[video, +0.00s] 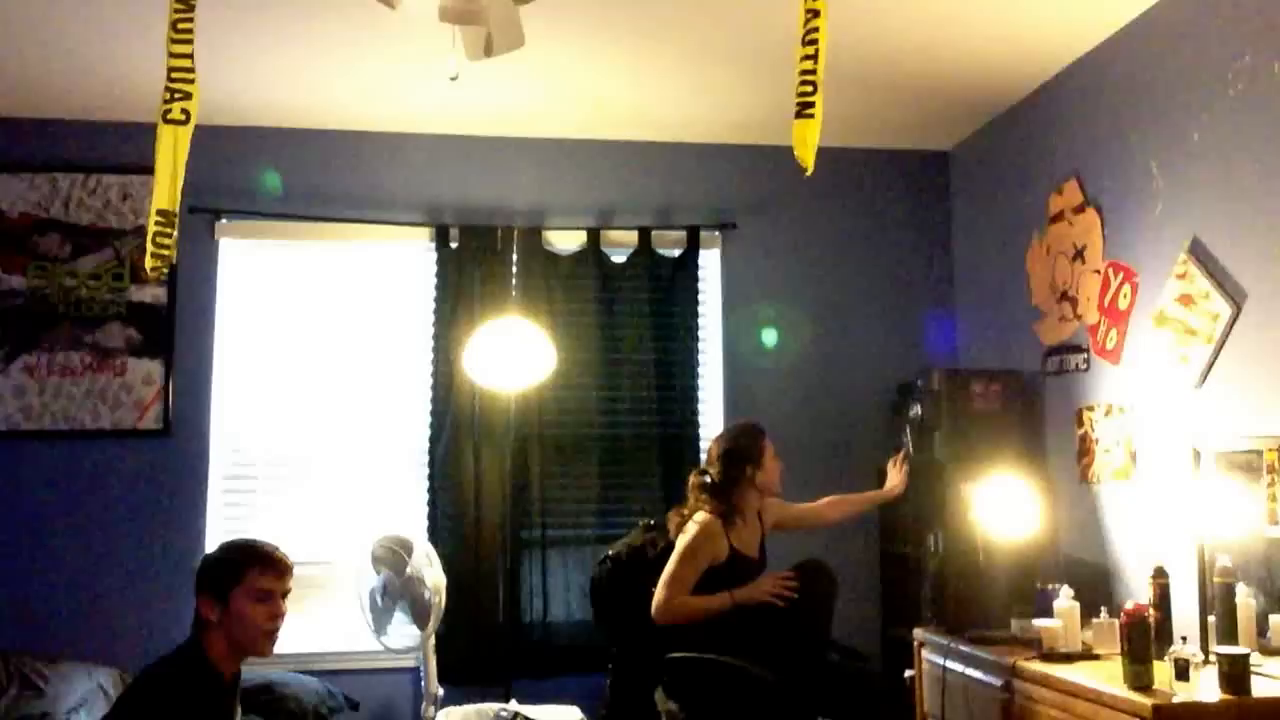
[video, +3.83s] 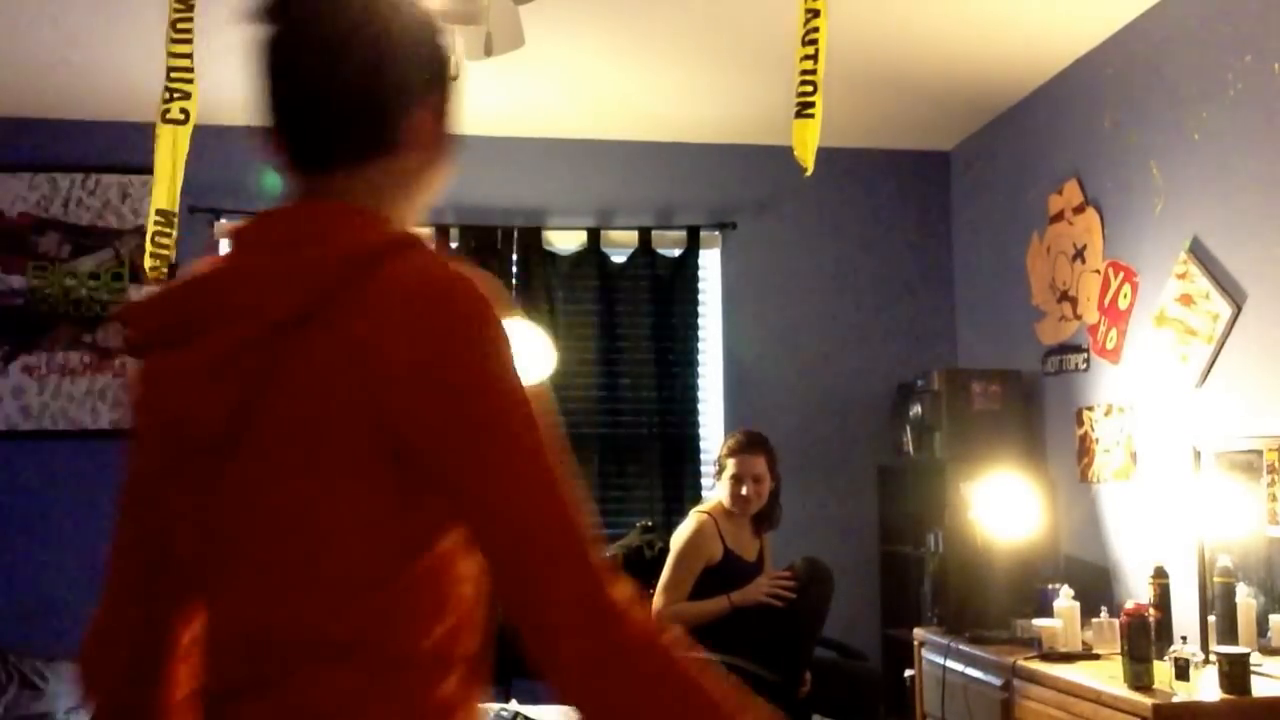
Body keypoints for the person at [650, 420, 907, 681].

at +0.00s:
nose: (781, 466)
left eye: (776, 457)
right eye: (773, 458)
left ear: (750, 473)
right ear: (751, 472)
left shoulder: (763, 512)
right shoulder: (704, 529)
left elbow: (827, 510)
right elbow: (664, 609)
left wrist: (886, 493)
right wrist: (743, 595)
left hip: (733, 639)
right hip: (693, 654)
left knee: (814, 576)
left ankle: (806, 684)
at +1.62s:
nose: (779, 464)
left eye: (774, 456)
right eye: (769, 458)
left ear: (738, 474)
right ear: (735, 474)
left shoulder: (758, 511)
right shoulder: (704, 528)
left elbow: (809, 537)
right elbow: (664, 610)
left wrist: (867, 502)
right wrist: (744, 595)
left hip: (731, 636)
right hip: (694, 651)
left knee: (816, 575)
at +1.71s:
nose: (770, 467)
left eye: (770, 458)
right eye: (757, 460)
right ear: (726, 473)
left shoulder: (756, 512)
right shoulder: (704, 526)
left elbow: (794, 558)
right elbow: (664, 610)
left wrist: (843, 524)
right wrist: (743, 595)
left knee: (817, 576)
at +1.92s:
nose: (749, 470)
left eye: (758, 462)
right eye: (738, 462)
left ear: (770, 472)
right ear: (716, 473)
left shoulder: (758, 516)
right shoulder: (702, 525)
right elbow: (660, 609)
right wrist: (741, 595)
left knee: (815, 575)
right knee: (812, 577)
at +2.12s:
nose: (747, 474)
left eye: (757, 466)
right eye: (736, 465)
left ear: (770, 477)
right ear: (717, 475)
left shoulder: (755, 529)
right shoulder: (700, 525)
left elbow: (766, 605)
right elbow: (659, 612)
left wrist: (795, 664)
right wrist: (738, 596)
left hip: (742, 648)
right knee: (811, 574)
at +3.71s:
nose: (745, 491)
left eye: (756, 480)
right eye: (735, 480)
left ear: (772, 484)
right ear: (719, 479)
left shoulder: (757, 528)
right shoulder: (700, 528)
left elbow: (768, 603)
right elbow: (662, 616)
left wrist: (797, 665)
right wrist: (740, 597)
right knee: (812, 576)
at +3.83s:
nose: (746, 491)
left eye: (757, 480)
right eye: (736, 480)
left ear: (772, 484)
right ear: (719, 479)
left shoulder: (757, 526)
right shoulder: (700, 528)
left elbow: (768, 601)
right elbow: (662, 614)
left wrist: (796, 665)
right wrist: (739, 597)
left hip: (748, 640)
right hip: (707, 648)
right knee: (812, 575)